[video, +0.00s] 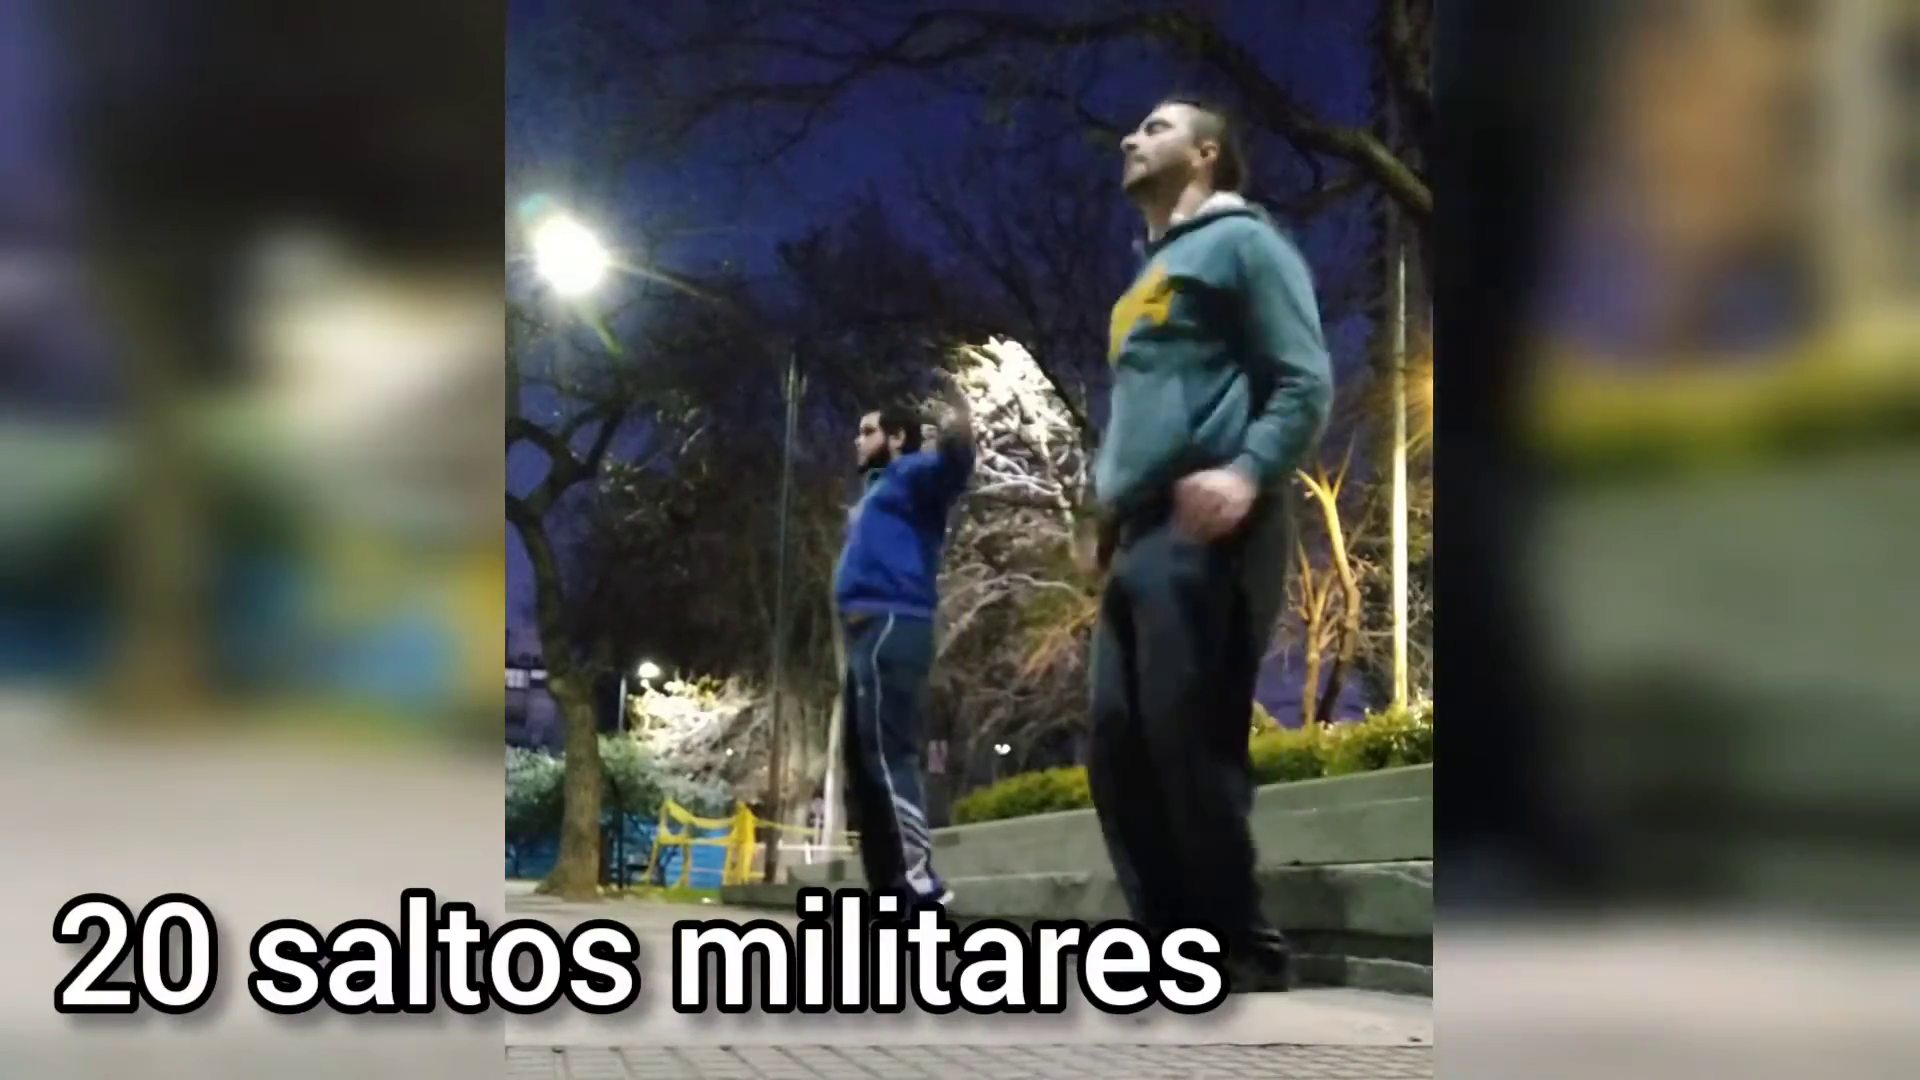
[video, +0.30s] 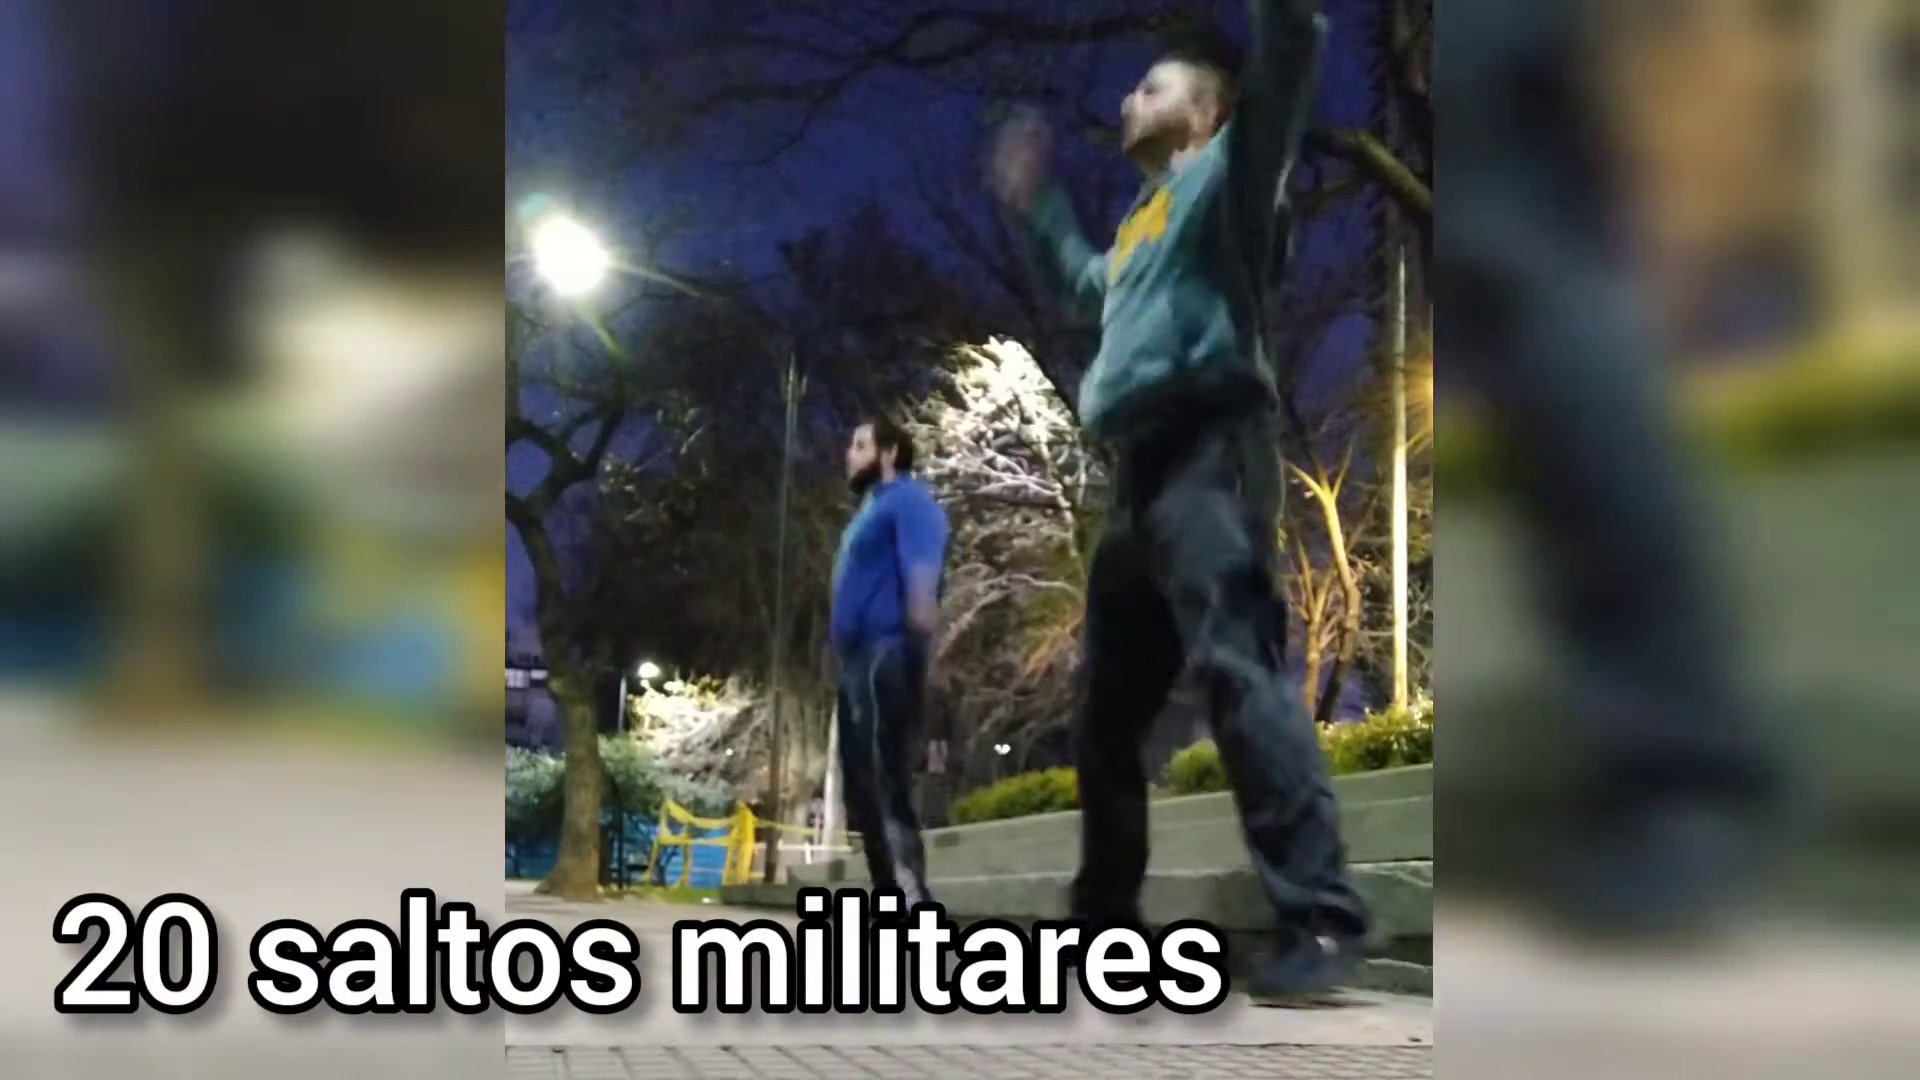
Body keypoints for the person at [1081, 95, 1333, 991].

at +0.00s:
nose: (1132, 138)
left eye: (1155, 126)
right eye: (1133, 129)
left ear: (1205, 152)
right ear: (1150, 164)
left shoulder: (1244, 240)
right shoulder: (1155, 264)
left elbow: (1305, 382)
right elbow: (1151, 402)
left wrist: (1247, 470)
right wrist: (1116, 511)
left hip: (1205, 523)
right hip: (1137, 532)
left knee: (1191, 739)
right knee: (1118, 749)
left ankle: (1232, 950)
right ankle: (1173, 951)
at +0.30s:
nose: (1134, 95)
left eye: (1155, 84)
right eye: (1138, 86)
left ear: (1209, 104)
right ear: (1161, 116)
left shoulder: (1233, 172)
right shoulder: (1134, 226)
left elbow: (1281, 62)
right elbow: (1089, 289)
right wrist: (1036, 200)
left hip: (1211, 444)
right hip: (1138, 465)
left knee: (1235, 669)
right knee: (1108, 717)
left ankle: (1319, 920)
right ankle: (1106, 934)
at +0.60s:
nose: (1129, 105)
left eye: (1151, 92)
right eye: (1132, 95)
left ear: (1204, 111)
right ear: (1141, 123)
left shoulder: (1228, 177)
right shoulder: (1125, 235)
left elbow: (1298, 57)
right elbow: (1085, 263)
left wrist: (1301, 7)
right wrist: (1035, 179)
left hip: (1199, 452)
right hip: (1127, 478)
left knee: (1220, 690)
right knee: (1096, 726)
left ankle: (1322, 933)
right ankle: (1092, 944)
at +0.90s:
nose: (1116, 130)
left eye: (1138, 116)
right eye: (1114, 121)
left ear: (1189, 139)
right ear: (1126, 154)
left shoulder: (1226, 216)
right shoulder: (1134, 247)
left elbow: (1296, 351)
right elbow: (1132, 383)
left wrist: (1232, 427)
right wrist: (1095, 498)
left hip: (1186, 502)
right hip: (1115, 515)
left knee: (1147, 721)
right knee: (1086, 725)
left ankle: (1201, 952)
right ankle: (1137, 941)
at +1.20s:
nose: (1147, 81)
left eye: (1171, 71)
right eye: (1147, 74)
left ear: (1221, 95)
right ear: (1152, 110)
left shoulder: (1246, 158)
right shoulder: (1145, 229)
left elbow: (1310, 56)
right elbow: (1099, 303)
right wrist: (1031, 234)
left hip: (1220, 425)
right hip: (1151, 454)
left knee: (1230, 651)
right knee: (1117, 693)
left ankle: (1315, 908)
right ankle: (1122, 930)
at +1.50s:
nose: (1172, 105)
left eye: (1195, 93)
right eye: (1171, 96)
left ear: (1243, 118)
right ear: (1172, 131)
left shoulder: (1263, 181)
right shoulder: (1150, 241)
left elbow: (1327, 49)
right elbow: (1119, 213)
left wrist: (1338, 8)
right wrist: (1098, 139)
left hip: (1230, 463)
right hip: (1154, 491)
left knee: (1260, 695)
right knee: (1124, 726)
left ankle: (1361, 940)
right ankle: (1132, 929)